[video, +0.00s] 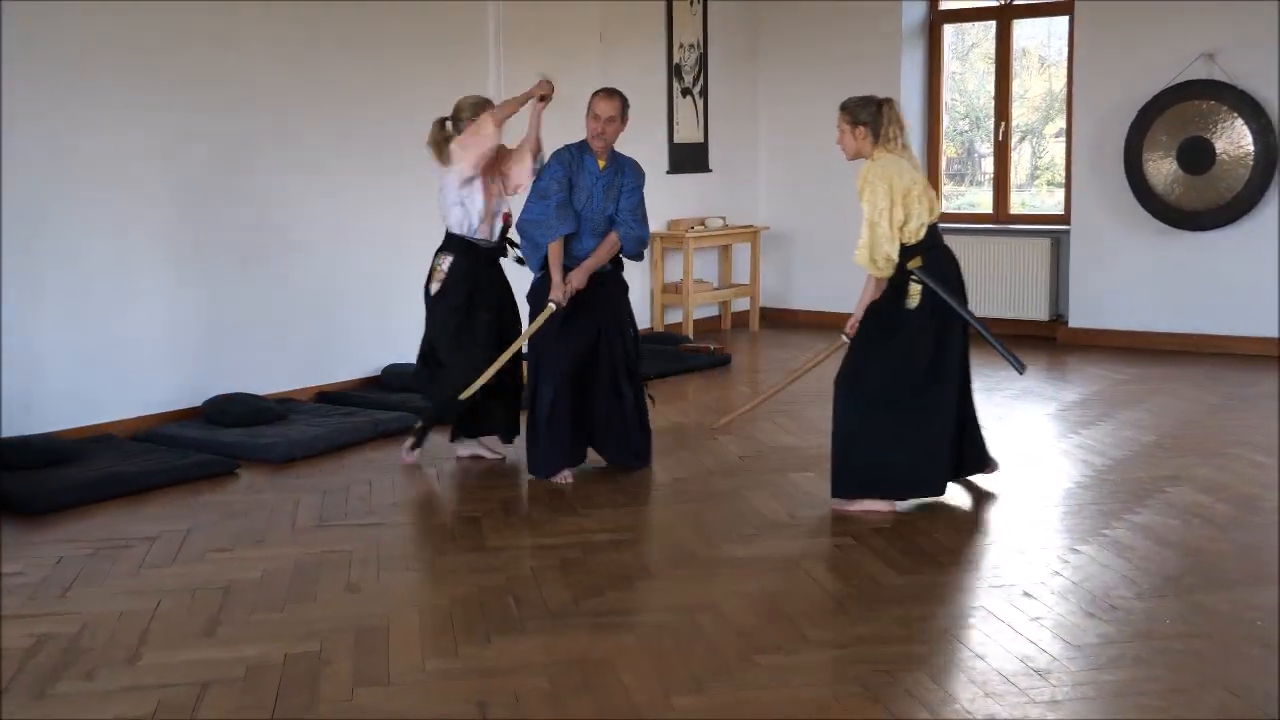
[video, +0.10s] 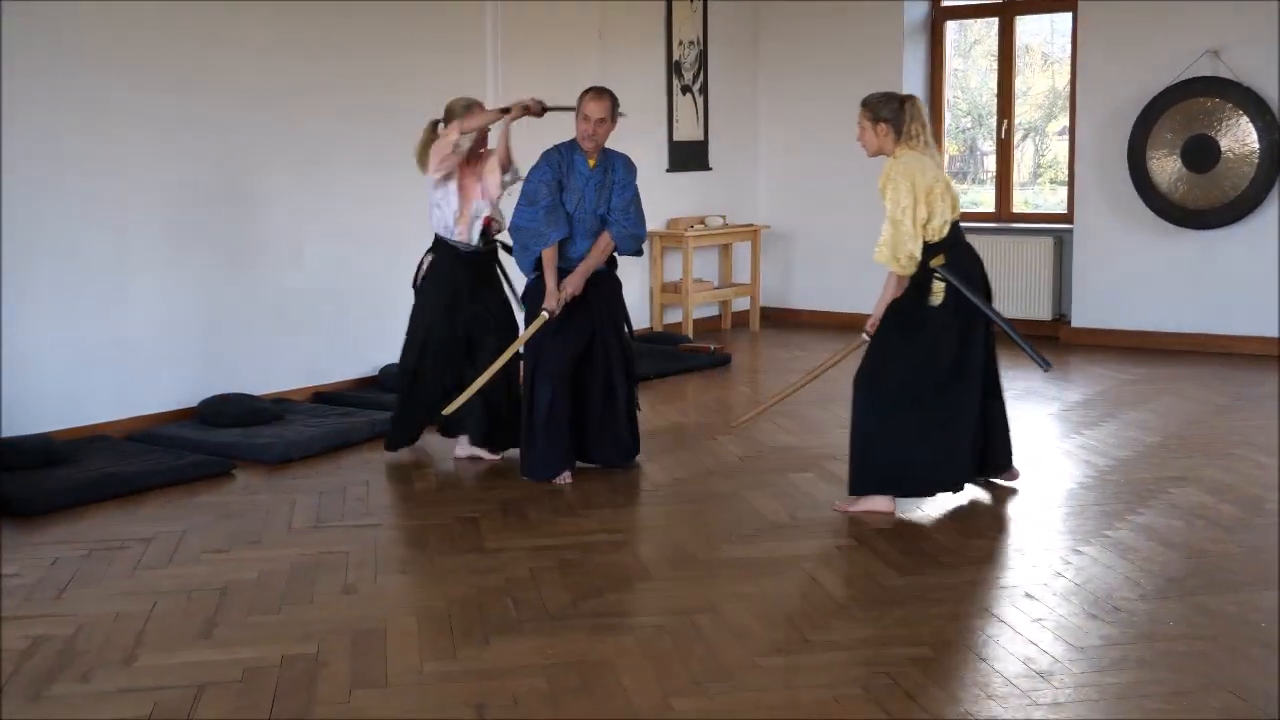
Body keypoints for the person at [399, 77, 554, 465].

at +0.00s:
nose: (493, 126)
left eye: (493, 120)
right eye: (487, 120)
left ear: (486, 126)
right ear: (468, 126)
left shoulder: (497, 167)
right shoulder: (459, 163)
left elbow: (529, 157)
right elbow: (490, 122)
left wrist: (537, 111)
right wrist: (529, 95)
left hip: (488, 266)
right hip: (458, 264)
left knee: (496, 347)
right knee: (461, 351)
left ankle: (469, 436)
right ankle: (422, 430)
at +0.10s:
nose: (482, 135)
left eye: (483, 128)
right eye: (473, 127)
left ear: (486, 131)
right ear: (451, 130)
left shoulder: (490, 166)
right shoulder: (440, 164)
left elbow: (505, 165)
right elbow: (464, 127)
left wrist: (507, 123)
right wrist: (512, 108)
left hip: (482, 266)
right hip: (446, 264)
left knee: (494, 348)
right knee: (436, 347)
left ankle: (469, 440)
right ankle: (410, 430)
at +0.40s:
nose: (453, 137)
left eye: (459, 131)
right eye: (446, 130)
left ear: (464, 134)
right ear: (429, 133)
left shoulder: (463, 168)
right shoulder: (417, 163)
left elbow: (420, 198)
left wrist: (383, 170)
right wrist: (381, 155)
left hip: (468, 263)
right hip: (433, 261)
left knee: (472, 345)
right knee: (423, 336)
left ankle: (489, 430)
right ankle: (426, 415)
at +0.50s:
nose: (453, 135)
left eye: (458, 129)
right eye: (445, 129)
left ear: (462, 131)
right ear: (429, 131)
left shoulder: (457, 163)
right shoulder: (420, 158)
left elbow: (409, 195)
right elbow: (387, 161)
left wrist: (362, 175)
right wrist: (358, 162)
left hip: (463, 254)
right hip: (436, 252)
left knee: (461, 334)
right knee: (428, 332)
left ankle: (461, 418)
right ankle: (428, 415)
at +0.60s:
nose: (452, 138)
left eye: (458, 132)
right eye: (444, 132)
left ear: (464, 134)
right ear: (431, 133)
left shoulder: (459, 168)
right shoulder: (421, 158)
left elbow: (405, 198)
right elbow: (382, 162)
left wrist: (356, 179)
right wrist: (342, 165)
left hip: (469, 258)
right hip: (437, 257)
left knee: (474, 335)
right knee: (421, 335)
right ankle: (418, 416)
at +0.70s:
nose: (453, 141)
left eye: (460, 135)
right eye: (446, 134)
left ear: (467, 138)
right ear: (434, 136)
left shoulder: (459, 170)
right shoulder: (425, 161)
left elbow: (408, 198)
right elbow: (381, 170)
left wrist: (365, 190)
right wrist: (331, 177)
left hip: (470, 262)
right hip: (439, 259)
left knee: (477, 337)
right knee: (421, 335)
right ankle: (419, 417)